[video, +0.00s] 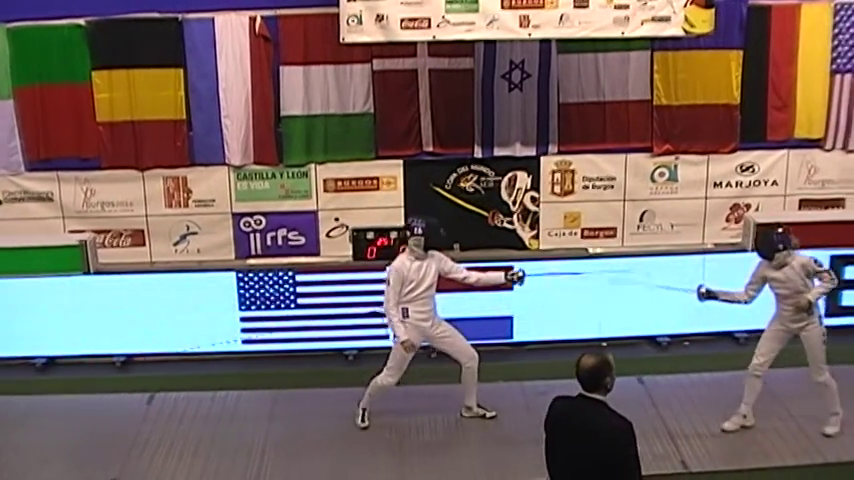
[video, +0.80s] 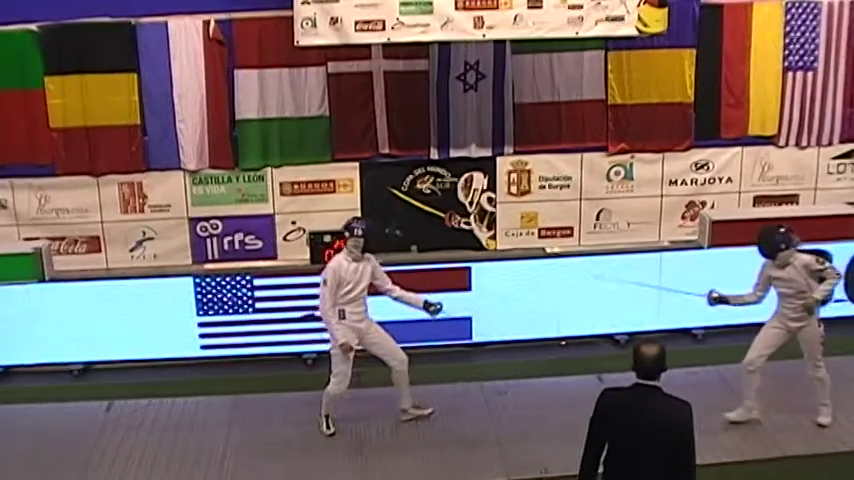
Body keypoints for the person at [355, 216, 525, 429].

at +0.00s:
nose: (419, 242)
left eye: (422, 238)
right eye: (415, 238)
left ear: (427, 239)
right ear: (407, 239)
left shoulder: (436, 259)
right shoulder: (398, 267)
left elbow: (468, 277)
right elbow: (391, 305)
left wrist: (505, 277)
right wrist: (401, 335)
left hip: (434, 324)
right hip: (409, 328)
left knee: (470, 358)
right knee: (389, 379)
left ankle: (470, 407)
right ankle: (364, 406)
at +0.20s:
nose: (423, 236)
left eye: (426, 232)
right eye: (419, 232)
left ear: (431, 234)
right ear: (412, 233)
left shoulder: (441, 254)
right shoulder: (403, 261)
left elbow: (472, 273)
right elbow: (396, 300)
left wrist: (508, 275)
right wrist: (408, 331)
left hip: (435, 318)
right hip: (411, 320)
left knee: (466, 356)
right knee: (404, 376)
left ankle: (461, 407)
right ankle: (392, 409)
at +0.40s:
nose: (410, 242)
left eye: (415, 238)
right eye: (407, 237)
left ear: (420, 240)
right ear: (399, 238)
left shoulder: (427, 260)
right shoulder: (391, 266)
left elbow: (455, 281)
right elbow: (385, 307)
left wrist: (492, 283)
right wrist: (397, 336)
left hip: (425, 323)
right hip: (402, 327)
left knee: (459, 356)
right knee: (393, 384)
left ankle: (452, 407)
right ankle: (367, 408)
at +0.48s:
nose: (400, 246)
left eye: (404, 242)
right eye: (396, 242)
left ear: (409, 245)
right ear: (389, 243)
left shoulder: (416, 264)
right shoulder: (382, 271)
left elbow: (445, 285)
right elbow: (375, 313)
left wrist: (482, 286)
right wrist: (389, 342)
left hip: (416, 327)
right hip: (393, 332)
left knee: (453, 356)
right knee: (382, 388)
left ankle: (448, 407)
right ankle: (348, 410)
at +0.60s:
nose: (381, 250)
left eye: (385, 246)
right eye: (377, 245)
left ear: (390, 248)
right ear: (370, 248)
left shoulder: (397, 269)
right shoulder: (363, 275)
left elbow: (427, 289)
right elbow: (356, 314)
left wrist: (461, 292)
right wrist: (370, 345)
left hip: (394, 330)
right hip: (371, 334)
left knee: (435, 357)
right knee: (363, 390)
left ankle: (440, 407)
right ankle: (337, 412)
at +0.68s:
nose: (370, 245)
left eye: (374, 241)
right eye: (367, 240)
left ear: (380, 244)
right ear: (360, 242)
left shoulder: (385, 266)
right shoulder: (350, 271)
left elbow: (412, 289)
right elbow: (343, 310)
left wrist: (446, 296)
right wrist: (357, 340)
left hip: (381, 328)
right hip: (358, 331)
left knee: (419, 358)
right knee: (352, 387)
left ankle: (433, 407)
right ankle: (331, 413)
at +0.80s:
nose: (356, 242)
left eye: (360, 238)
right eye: (352, 237)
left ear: (365, 240)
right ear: (345, 238)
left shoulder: (369, 262)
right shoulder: (334, 267)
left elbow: (390, 289)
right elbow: (326, 308)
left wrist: (423, 303)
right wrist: (340, 338)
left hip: (364, 324)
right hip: (341, 326)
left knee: (399, 360)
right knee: (340, 382)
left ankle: (407, 408)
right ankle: (326, 414)